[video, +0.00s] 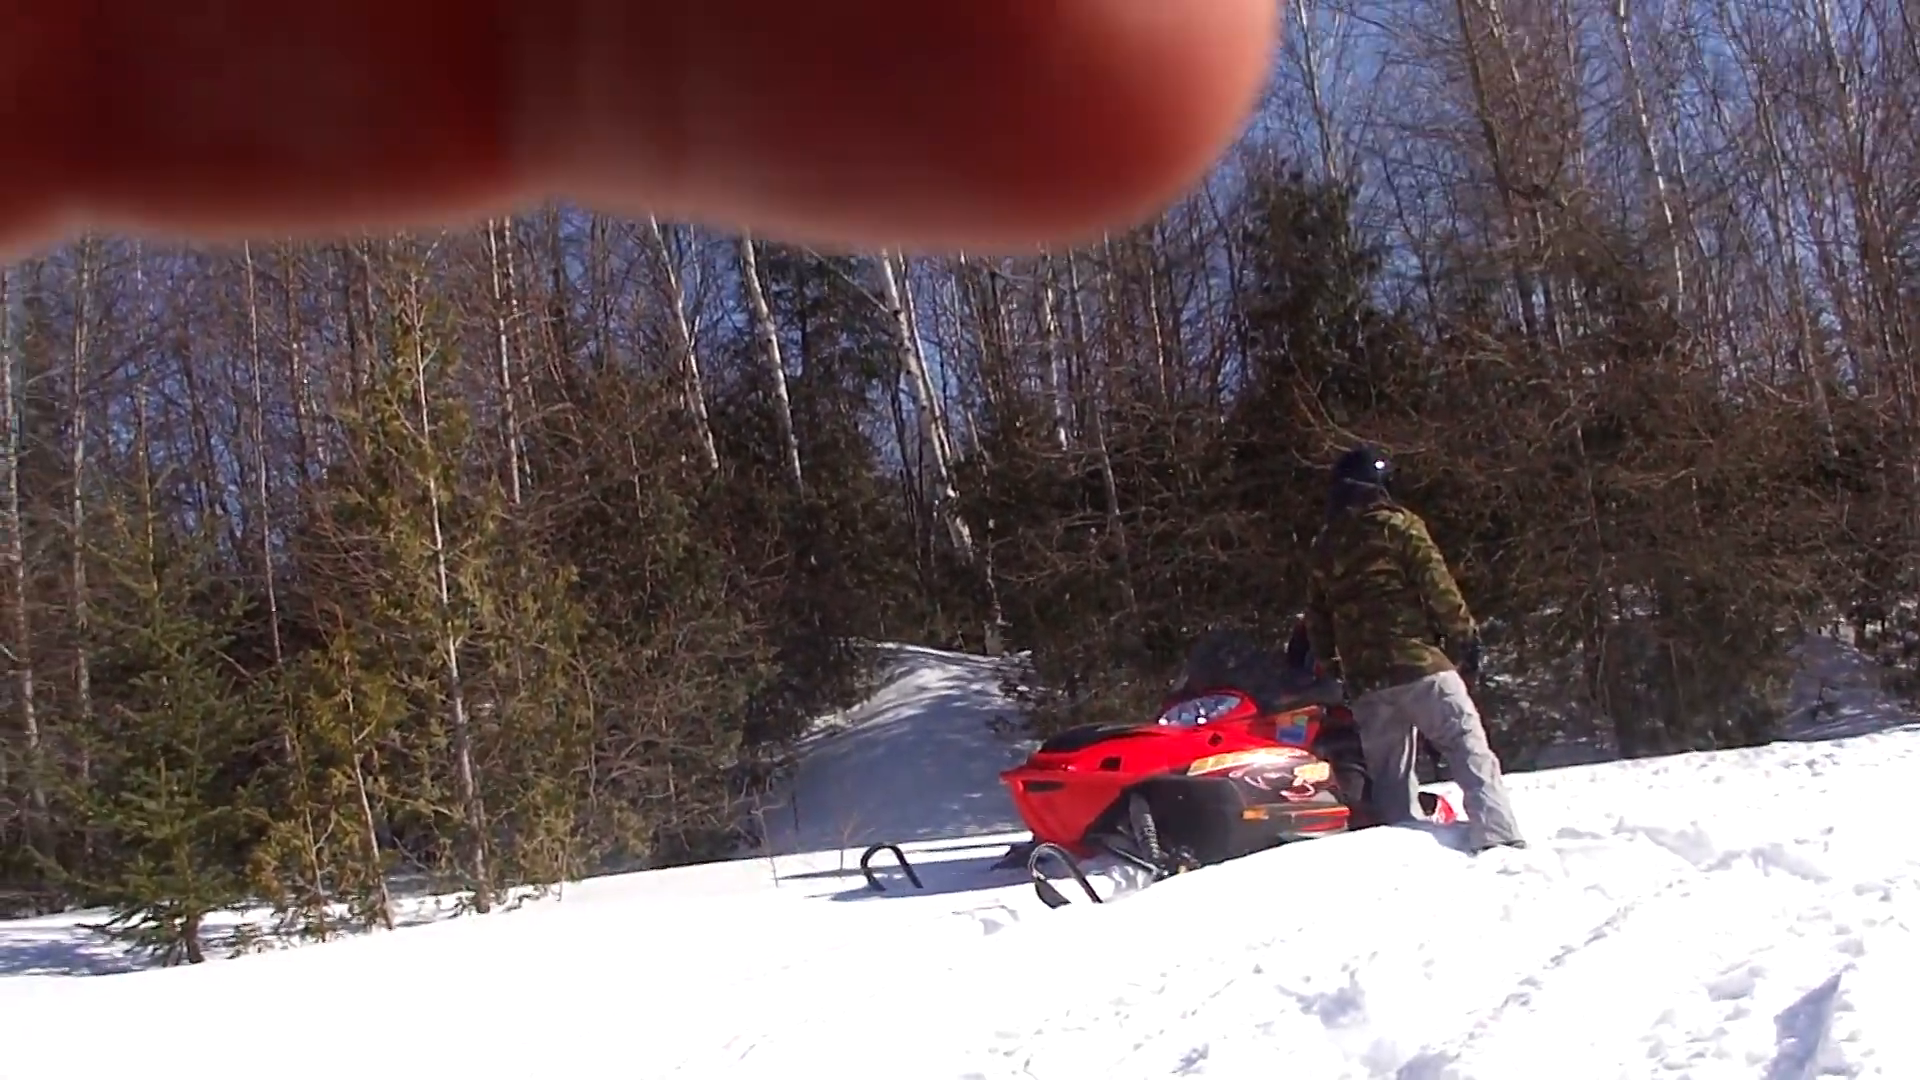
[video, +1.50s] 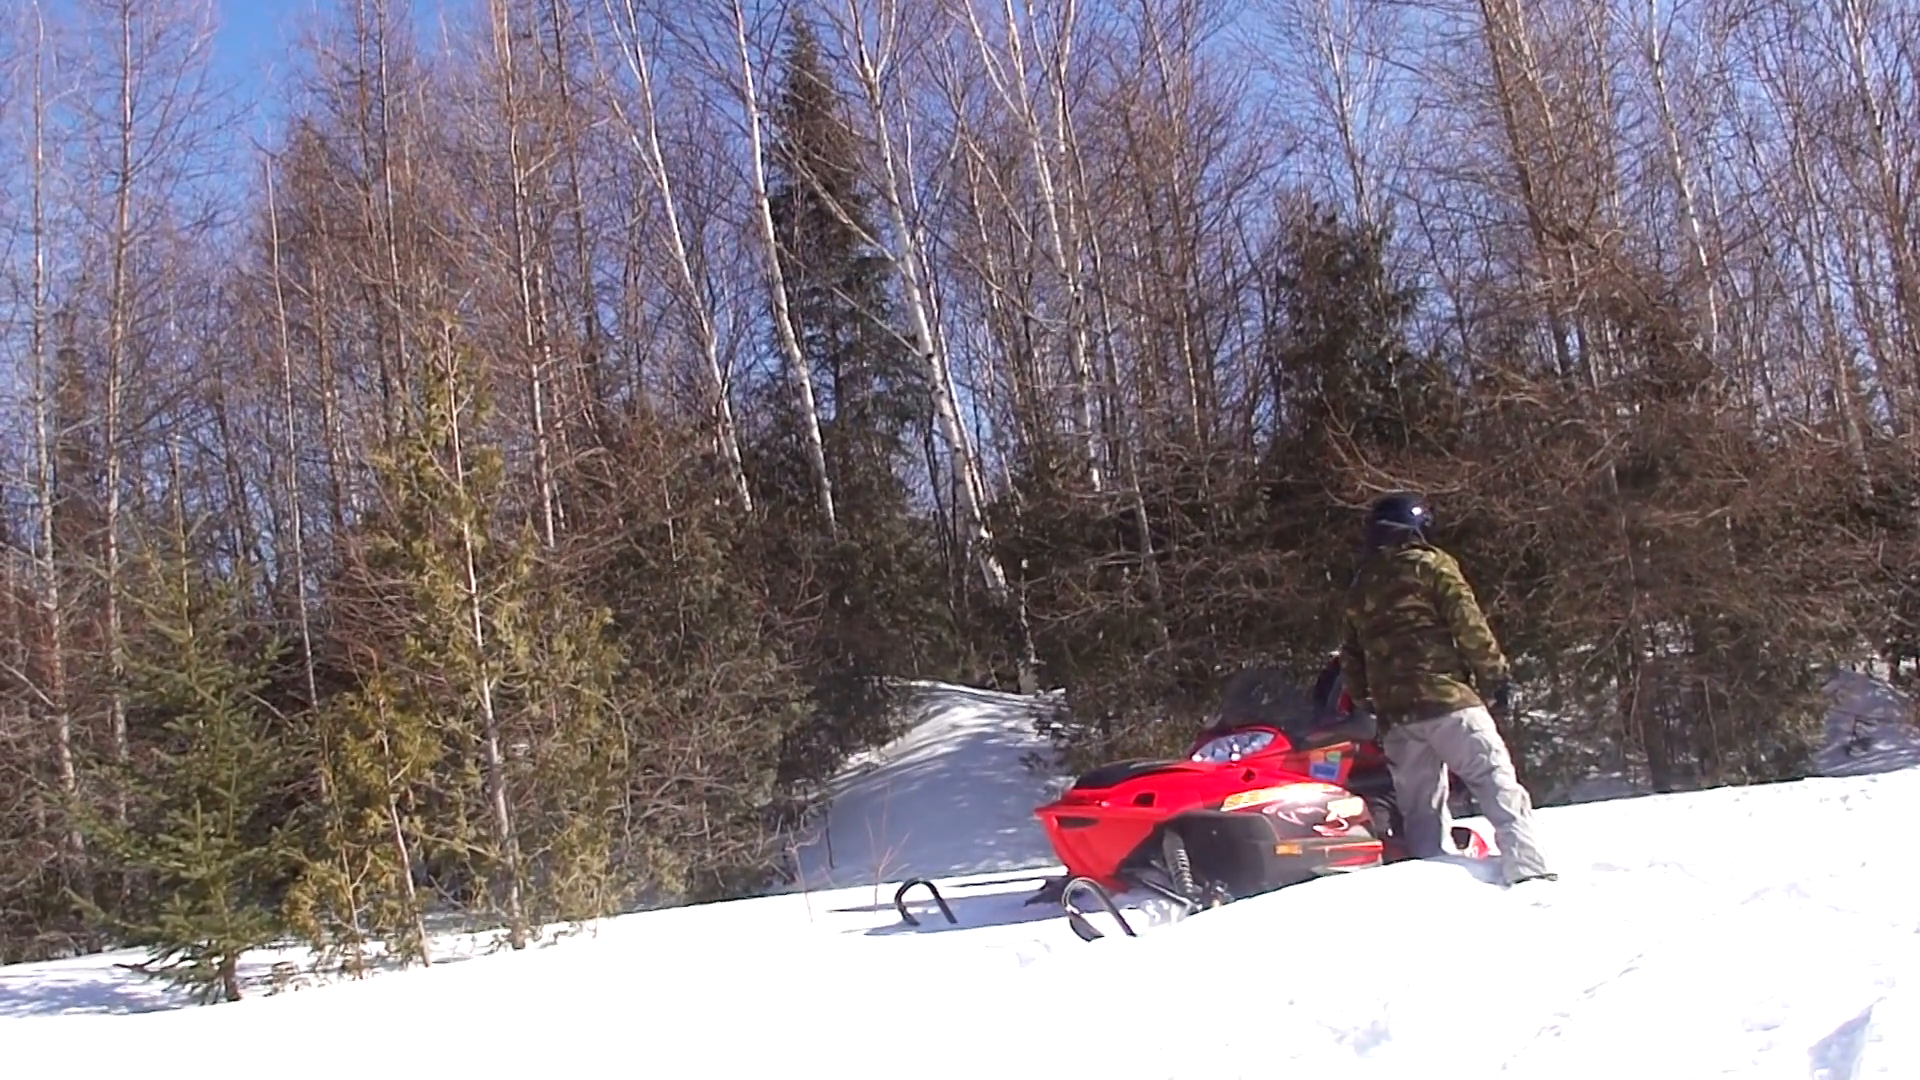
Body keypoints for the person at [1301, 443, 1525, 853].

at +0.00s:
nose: (1389, 485)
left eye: (1385, 479)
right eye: (1385, 479)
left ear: (1340, 488)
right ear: (1379, 482)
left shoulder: (1323, 545)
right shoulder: (1400, 524)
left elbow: (1317, 617)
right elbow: (1437, 586)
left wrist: (1331, 661)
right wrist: (1465, 636)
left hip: (1364, 677)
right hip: (1419, 662)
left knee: (1389, 781)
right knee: (1467, 748)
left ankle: (1400, 859)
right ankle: (1498, 838)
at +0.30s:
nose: (1414, 562)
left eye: (1411, 557)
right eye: (1410, 556)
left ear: (1363, 561)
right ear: (1403, 558)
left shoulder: (1346, 615)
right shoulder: (1422, 593)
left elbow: (1343, 687)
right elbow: (1459, 655)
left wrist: (1358, 730)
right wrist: (1488, 706)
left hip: (1387, 744)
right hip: (1442, 730)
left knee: (1411, 845)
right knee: (1487, 809)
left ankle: (1420, 921)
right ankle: (1518, 900)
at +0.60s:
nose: (1422, 549)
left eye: (1419, 543)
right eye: (1418, 542)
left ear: (1371, 549)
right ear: (1410, 545)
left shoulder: (1355, 603)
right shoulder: (1428, 581)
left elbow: (1349, 672)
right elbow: (1464, 642)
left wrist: (1362, 716)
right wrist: (1494, 692)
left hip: (1392, 730)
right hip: (1445, 717)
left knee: (1417, 829)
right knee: (1492, 796)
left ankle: (1425, 907)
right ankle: (1523, 885)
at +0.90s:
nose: (1428, 540)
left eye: (1425, 533)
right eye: (1424, 533)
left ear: (1376, 540)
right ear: (1416, 535)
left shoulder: (1359, 594)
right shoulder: (1433, 575)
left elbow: (1353, 664)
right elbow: (1466, 634)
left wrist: (1367, 709)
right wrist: (1496, 685)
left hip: (1394, 722)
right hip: (1447, 709)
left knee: (1420, 821)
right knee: (1494, 790)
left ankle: (1429, 899)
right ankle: (1525, 878)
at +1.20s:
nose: (1430, 534)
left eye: (1427, 528)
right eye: (1426, 527)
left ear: (1379, 533)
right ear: (1417, 529)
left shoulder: (1361, 586)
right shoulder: (1433, 568)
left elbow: (1353, 657)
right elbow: (1468, 630)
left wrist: (1366, 702)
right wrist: (1497, 681)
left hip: (1394, 716)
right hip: (1447, 703)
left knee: (1421, 814)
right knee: (1494, 785)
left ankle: (1430, 893)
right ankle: (1526, 873)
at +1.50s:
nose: (1427, 531)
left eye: (1425, 525)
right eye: (1423, 524)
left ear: (1377, 531)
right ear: (1414, 527)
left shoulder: (1360, 583)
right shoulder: (1434, 564)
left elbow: (1352, 654)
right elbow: (1468, 625)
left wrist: (1365, 698)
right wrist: (1497, 678)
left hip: (1395, 712)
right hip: (1448, 700)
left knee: (1420, 810)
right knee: (1494, 779)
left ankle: (1429, 888)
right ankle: (1526, 867)